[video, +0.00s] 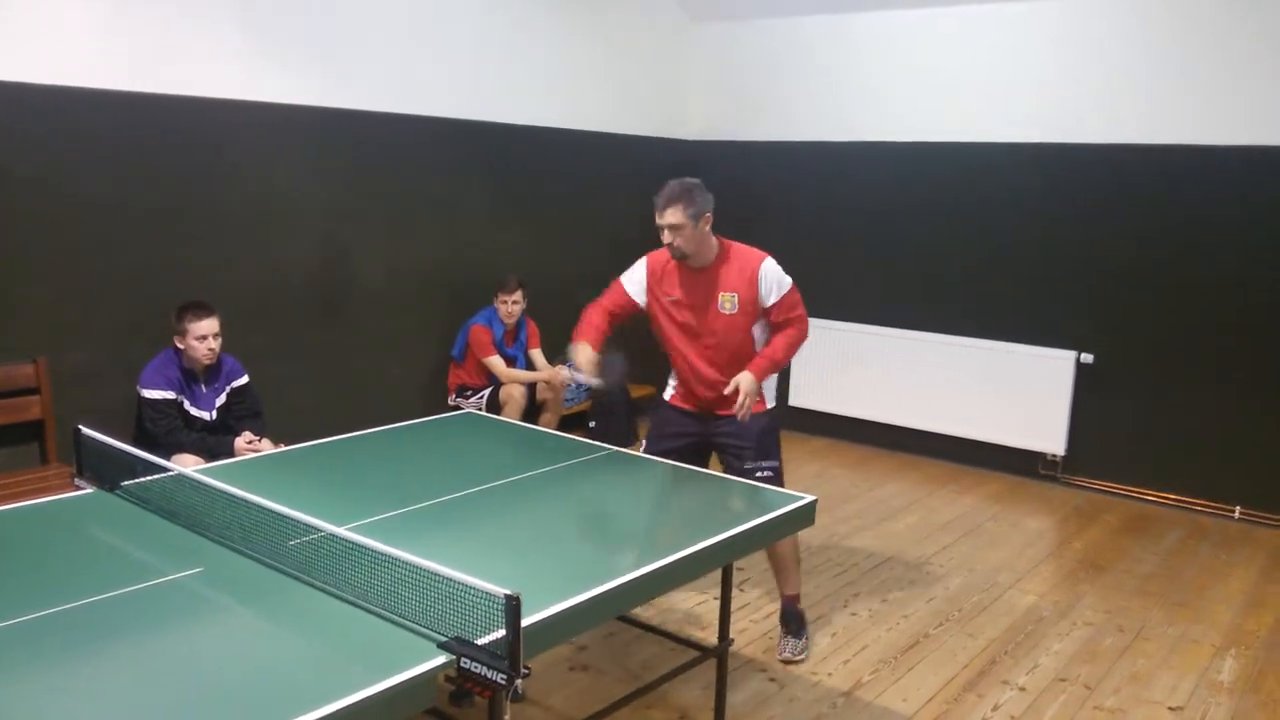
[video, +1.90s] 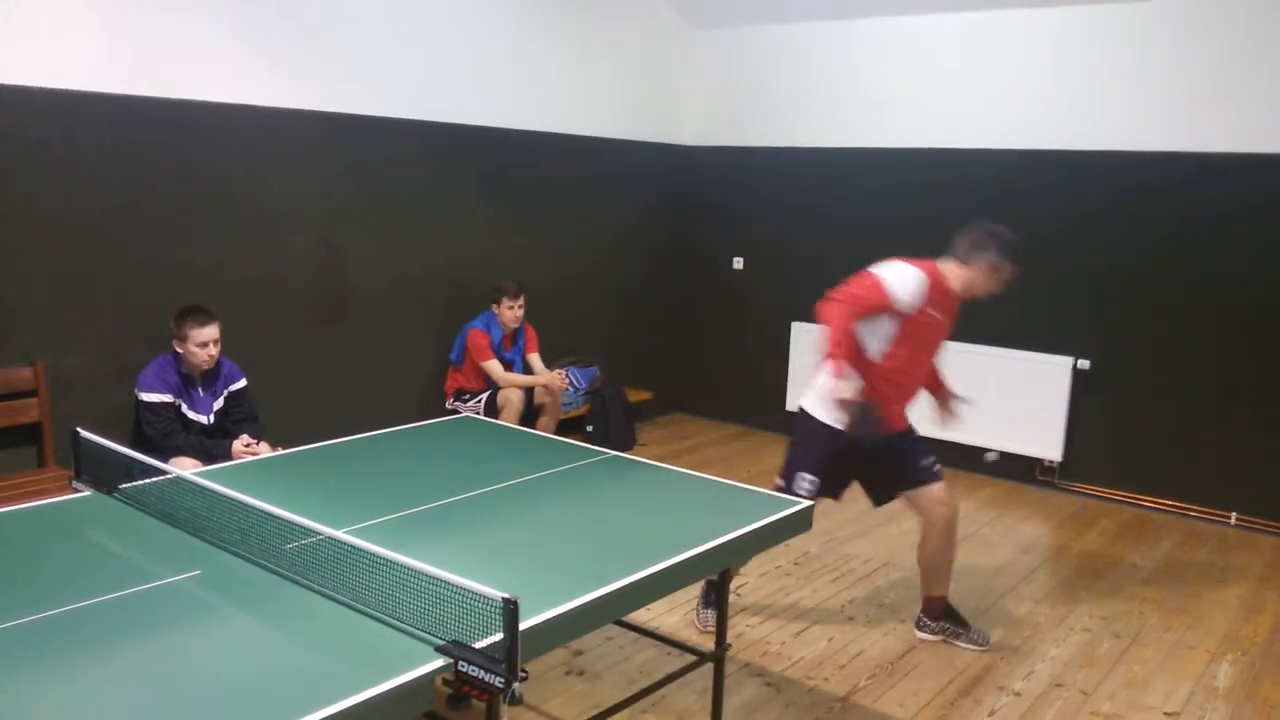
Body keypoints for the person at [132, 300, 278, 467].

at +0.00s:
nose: (212, 346)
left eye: (216, 337)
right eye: (201, 339)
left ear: (221, 337)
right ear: (179, 342)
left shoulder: (230, 368)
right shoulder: (157, 377)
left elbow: (249, 416)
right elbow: (169, 438)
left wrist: (248, 435)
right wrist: (230, 446)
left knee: (265, 448)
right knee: (190, 465)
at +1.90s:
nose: (212, 353)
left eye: (216, 343)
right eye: (202, 346)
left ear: (221, 340)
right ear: (179, 345)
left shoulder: (230, 373)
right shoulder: (154, 380)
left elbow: (245, 420)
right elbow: (168, 441)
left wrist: (246, 438)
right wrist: (227, 450)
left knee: (264, 452)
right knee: (189, 468)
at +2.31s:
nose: (214, 354)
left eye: (217, 345)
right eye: (204, 347)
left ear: (222, 342)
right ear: (180, 348)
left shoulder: (230, 374)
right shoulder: (155, 382)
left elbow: (246, 422)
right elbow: (168, 443)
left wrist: (246, 440)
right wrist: (227, 452)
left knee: (263, 453)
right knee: (189, 470)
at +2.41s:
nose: (188, 361)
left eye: (197, 352)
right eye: (180, 352)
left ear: (212, 352)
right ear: (170, 351)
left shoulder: (225, 381)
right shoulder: (150, 388)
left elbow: (241, 428)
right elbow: (163, 450)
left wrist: (241, 448)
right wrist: (223, 459)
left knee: (260, 461)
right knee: (184, 477)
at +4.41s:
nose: (205, 361)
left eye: (212, 351)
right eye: (196, 352)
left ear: (222, 348)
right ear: (179, 350)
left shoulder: (234, 379)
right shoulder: (159, 384)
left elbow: (249, 426)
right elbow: (170, 447)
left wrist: (250, 444)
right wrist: (232, 456)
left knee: (269, 458)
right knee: (193, 473)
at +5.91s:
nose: (199, 363)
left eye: (205, 353)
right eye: (189, 354)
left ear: (212, 350)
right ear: (169, 353)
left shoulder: (223, 382)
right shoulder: (148, 388)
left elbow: (239, 431)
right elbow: (159, 450)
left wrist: (239, 449)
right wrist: (221, 460)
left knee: (256, 461)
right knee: (181, 477)